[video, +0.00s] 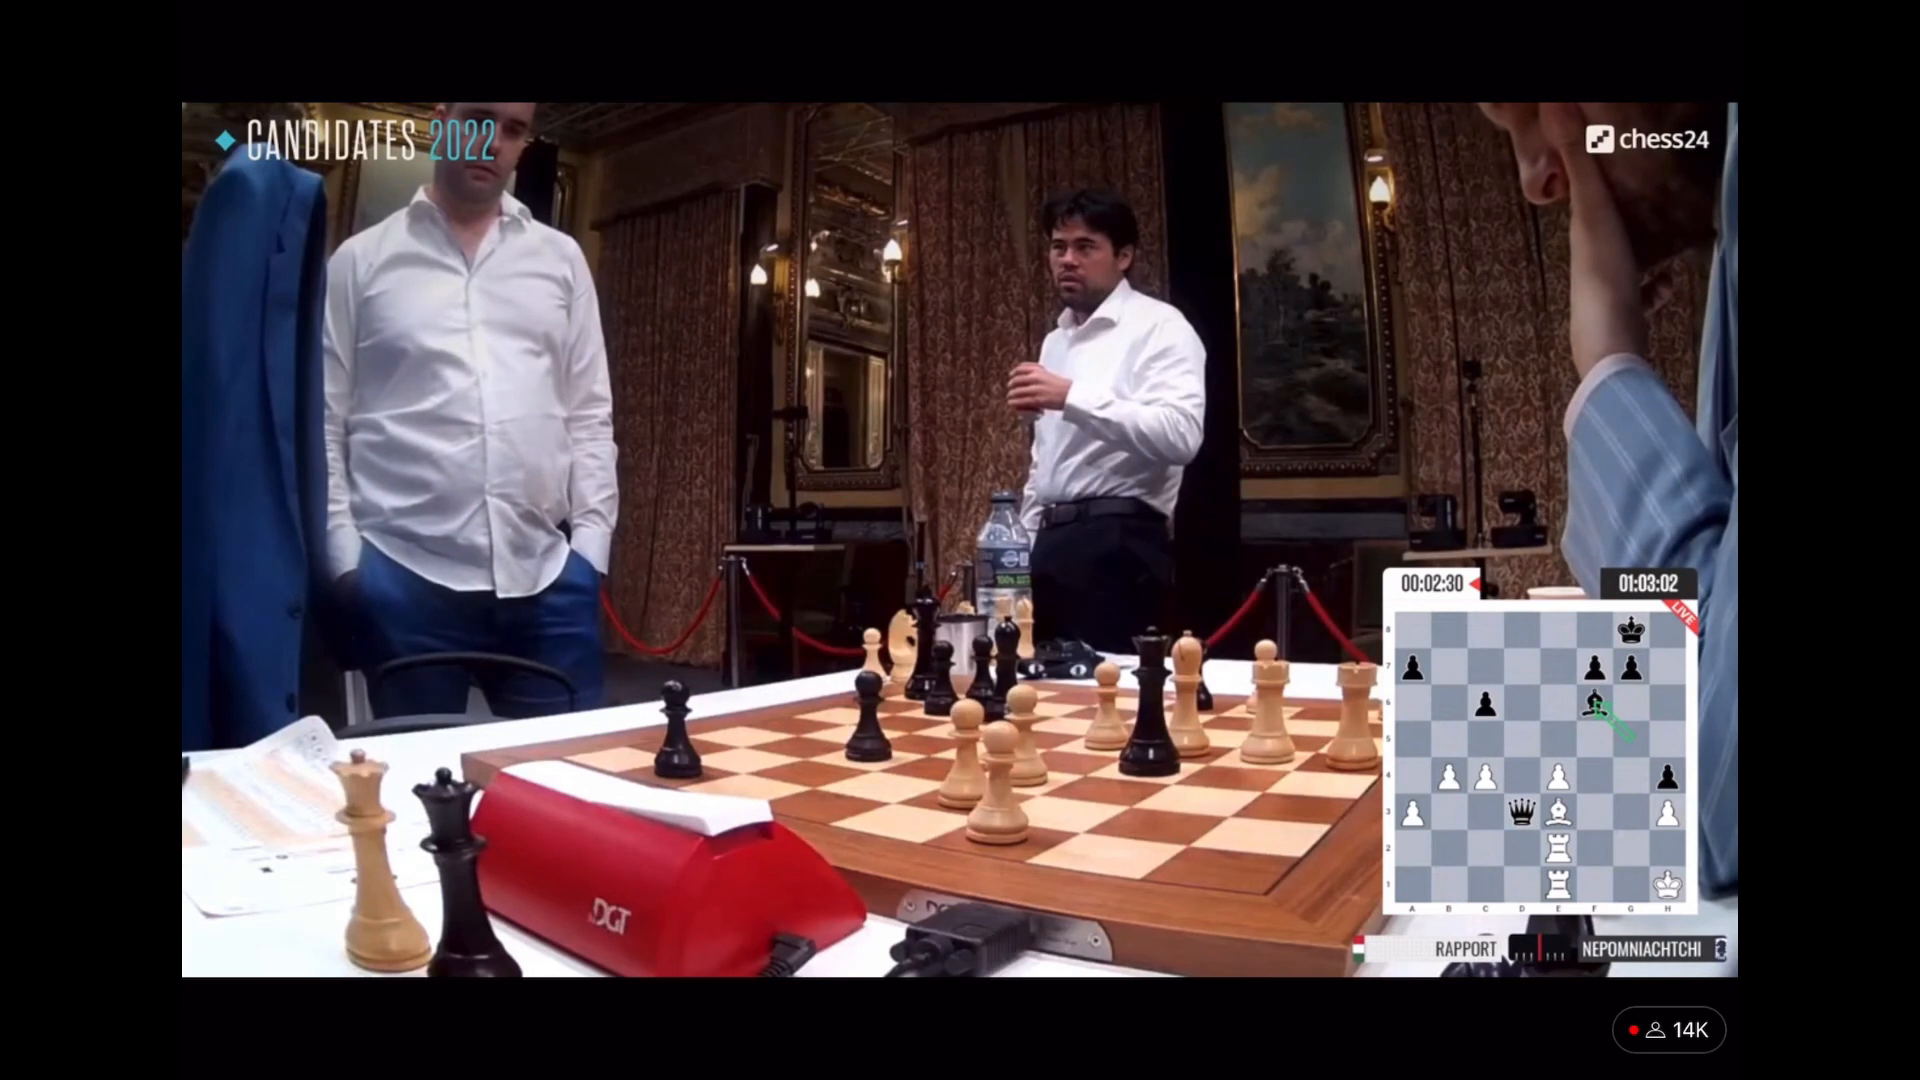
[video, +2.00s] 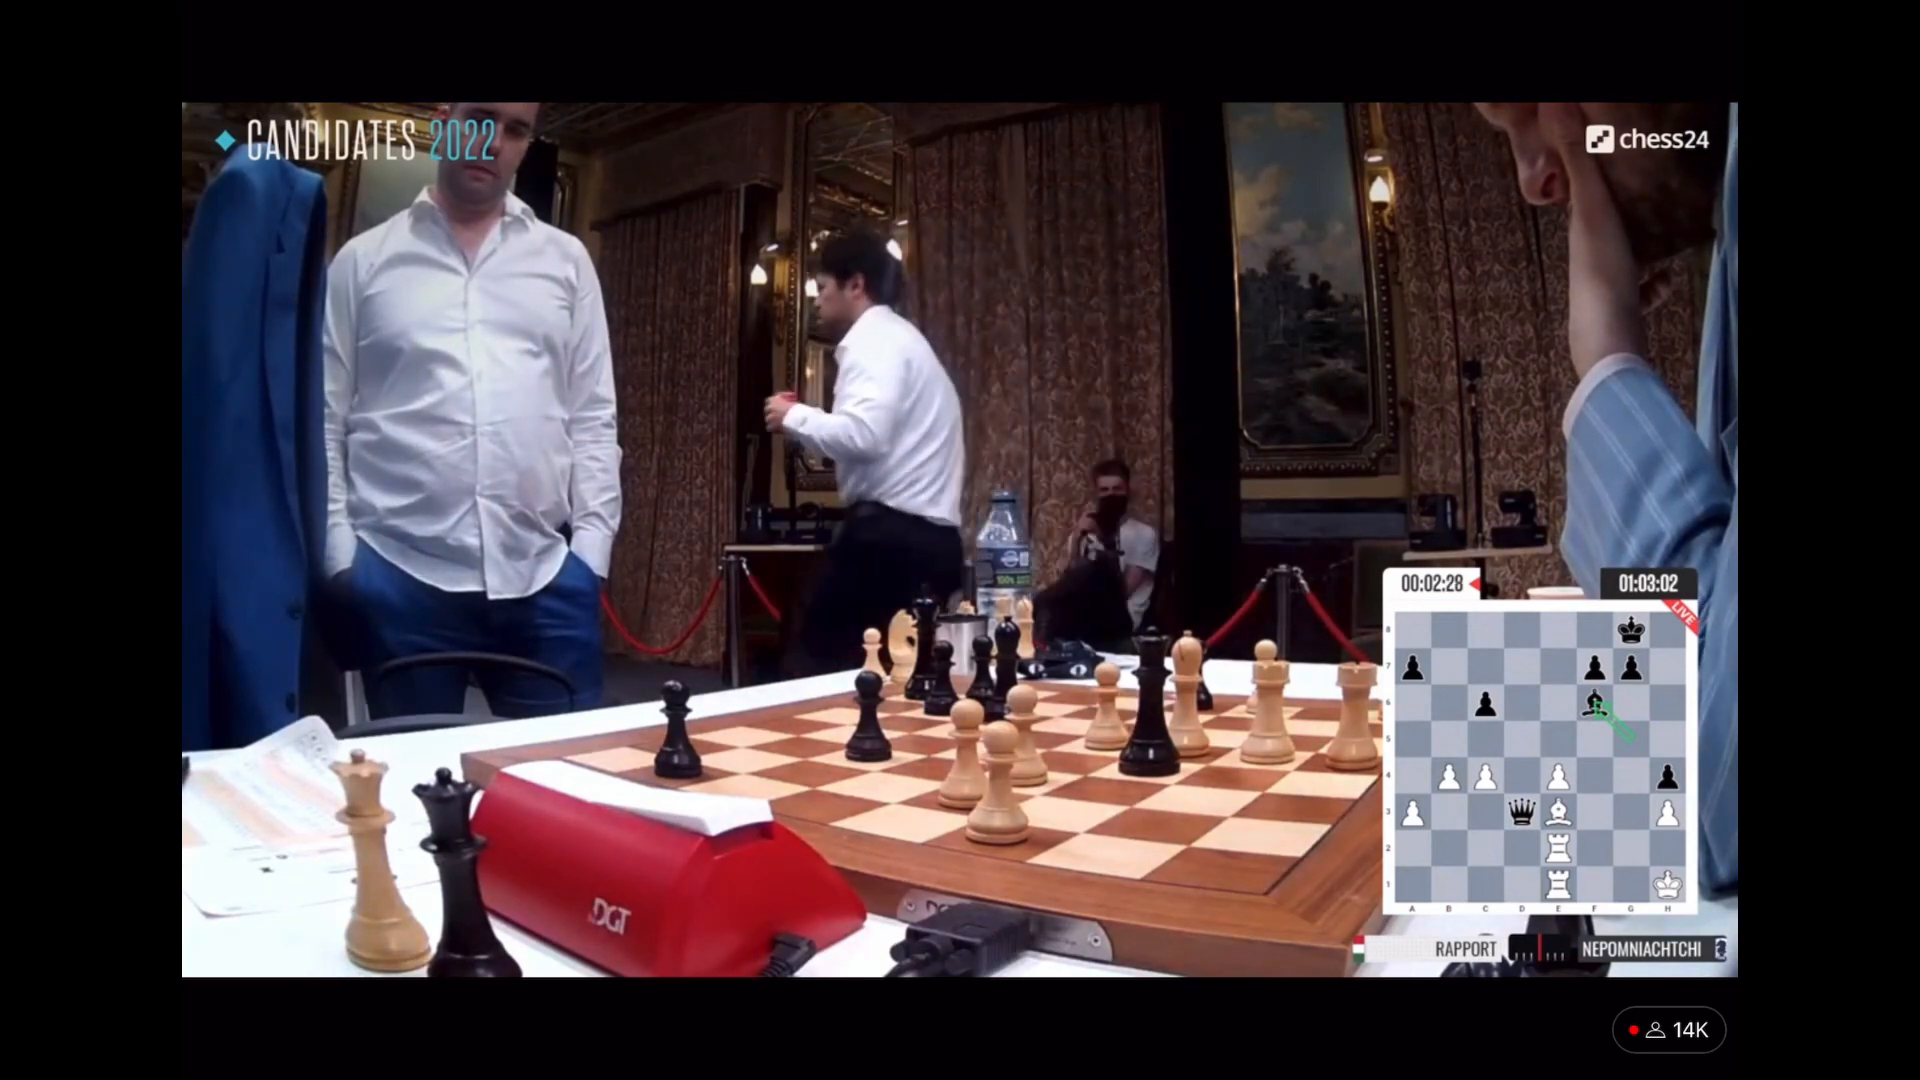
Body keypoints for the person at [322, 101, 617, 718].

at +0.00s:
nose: (490, 145)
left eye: (512, 130)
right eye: (476, 121)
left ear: (528, 144)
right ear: (439, 119)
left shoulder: (561, 259)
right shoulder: (360, 262)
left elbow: (590, 416)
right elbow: (325, 420)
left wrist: (589, 549)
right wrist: (346, 562)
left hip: (549, 583)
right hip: (406, 586)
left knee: (575, 789)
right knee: (418, 792)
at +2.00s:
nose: (490, 144)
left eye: (514, 131)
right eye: (477, 120)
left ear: (530, 146)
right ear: (441, 121)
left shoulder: (565, 260)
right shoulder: (362, 263)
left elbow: (594, 417)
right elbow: (325, 419)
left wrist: (589, 554)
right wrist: (342, 561)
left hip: (547, 584)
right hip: (402, 586)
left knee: (572, 788)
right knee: (414, 791)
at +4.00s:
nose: (486, 146)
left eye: (509, 132)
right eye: (473, 122)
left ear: (526, 147)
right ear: (437, 121)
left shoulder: (558, 261)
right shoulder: (357, 264)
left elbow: (586, 418)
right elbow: (323, 420)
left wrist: (584, 553)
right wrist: (340, 562)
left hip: (543, 582)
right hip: (400, 584)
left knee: (567, 787)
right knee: (414, 791)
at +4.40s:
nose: (484, 146)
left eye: (506, 131)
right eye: (470, 122)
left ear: (520, 146)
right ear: (430, 119)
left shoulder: (541, 261)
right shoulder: (347, 258)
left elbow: (568, 418)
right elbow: (310, 420)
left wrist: (568, 550)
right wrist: (335, 563)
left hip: (530, 581)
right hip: (391, 585)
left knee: (561, 780)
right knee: (411, 787)